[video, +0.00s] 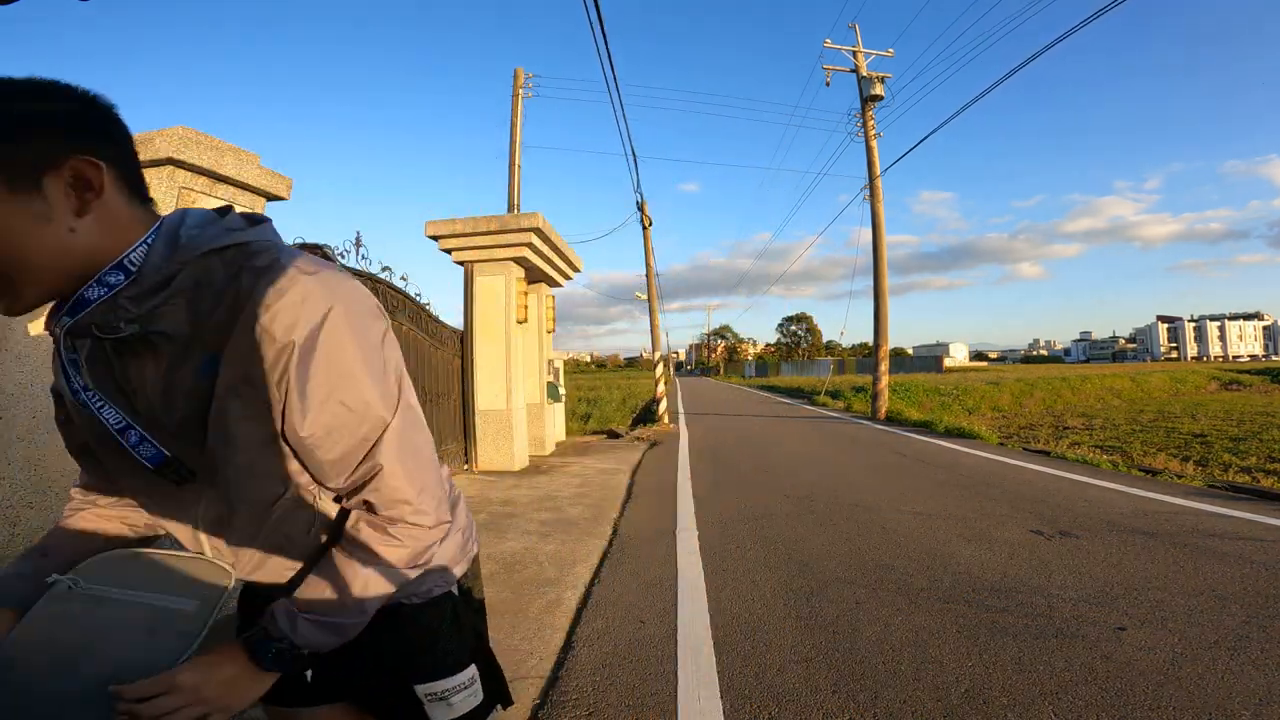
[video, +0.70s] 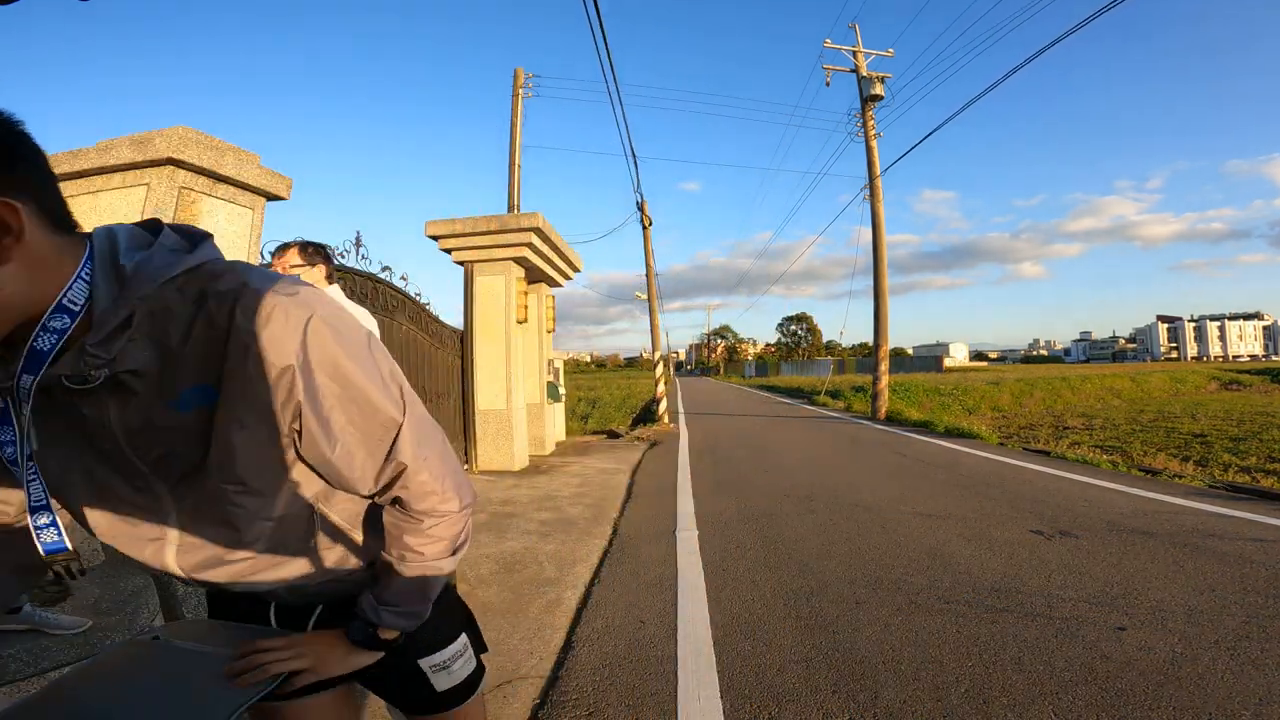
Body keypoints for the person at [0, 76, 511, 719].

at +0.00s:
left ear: (81, 189)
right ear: (80, 193)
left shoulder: (293, 301)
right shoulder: (87, 340)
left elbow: (410, 520)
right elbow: (119, 498)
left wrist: (260, 654)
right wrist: (15, 595)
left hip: (407, 595)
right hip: (278, 592)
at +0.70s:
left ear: (9, 224)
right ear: (14, 224)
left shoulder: (271, 322)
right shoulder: (28, 378)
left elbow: (437, 499)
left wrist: (367, 633)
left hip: (385, 596)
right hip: (247, 605)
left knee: (454, 705)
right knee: (301, 709)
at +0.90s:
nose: (296, 275)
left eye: (304, 265)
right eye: (294, 265)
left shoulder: (221, 323)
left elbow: (409, 477)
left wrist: (366, 612)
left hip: (368, 586)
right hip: (228, 610)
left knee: (449, 709)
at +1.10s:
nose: (290, 271)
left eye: (298, 262)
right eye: (291, 262)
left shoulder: (208, 312)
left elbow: (397, 459)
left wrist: (353, 604)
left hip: (358, 573)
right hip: (216, 601)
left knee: (442, 706)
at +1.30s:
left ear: (36, 204)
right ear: (32, 205)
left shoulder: (237, 290)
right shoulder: (14, 375)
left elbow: (418, 437)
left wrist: (298, 579)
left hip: (361, 566)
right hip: (217, 599)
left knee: (446, 708)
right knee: (285, 711)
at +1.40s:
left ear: (81, 193)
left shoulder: (258, 279)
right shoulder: (24, 346)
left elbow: (410, 440)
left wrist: (239, 567)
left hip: (360, 563)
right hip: (217, 599)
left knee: (446, 707)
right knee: (288, 710)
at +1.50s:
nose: (3, 240)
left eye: (17, 204)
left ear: (118, 181)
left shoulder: (275, 281)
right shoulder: (22, 330)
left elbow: (380, 471)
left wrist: (148, 572)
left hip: (355, 565)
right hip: (212, 595)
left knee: (442, 705)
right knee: (284, 709)